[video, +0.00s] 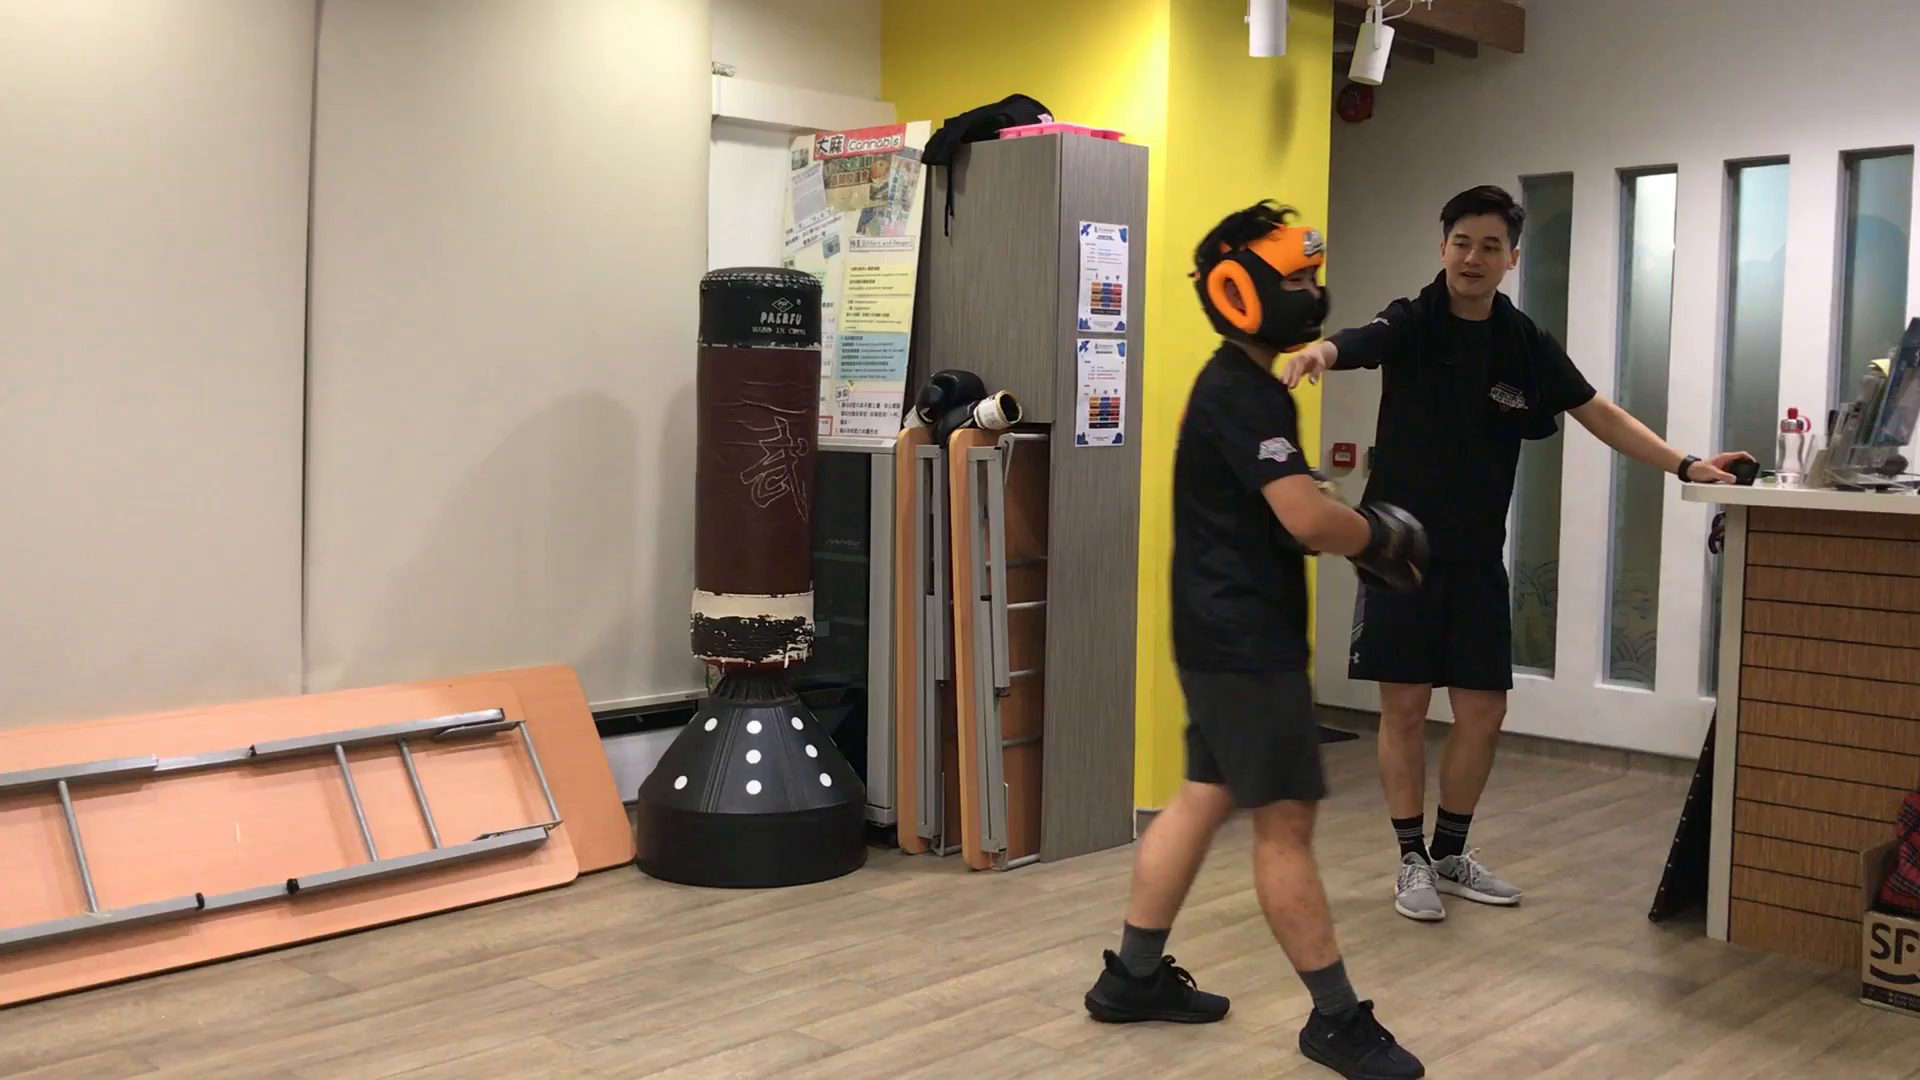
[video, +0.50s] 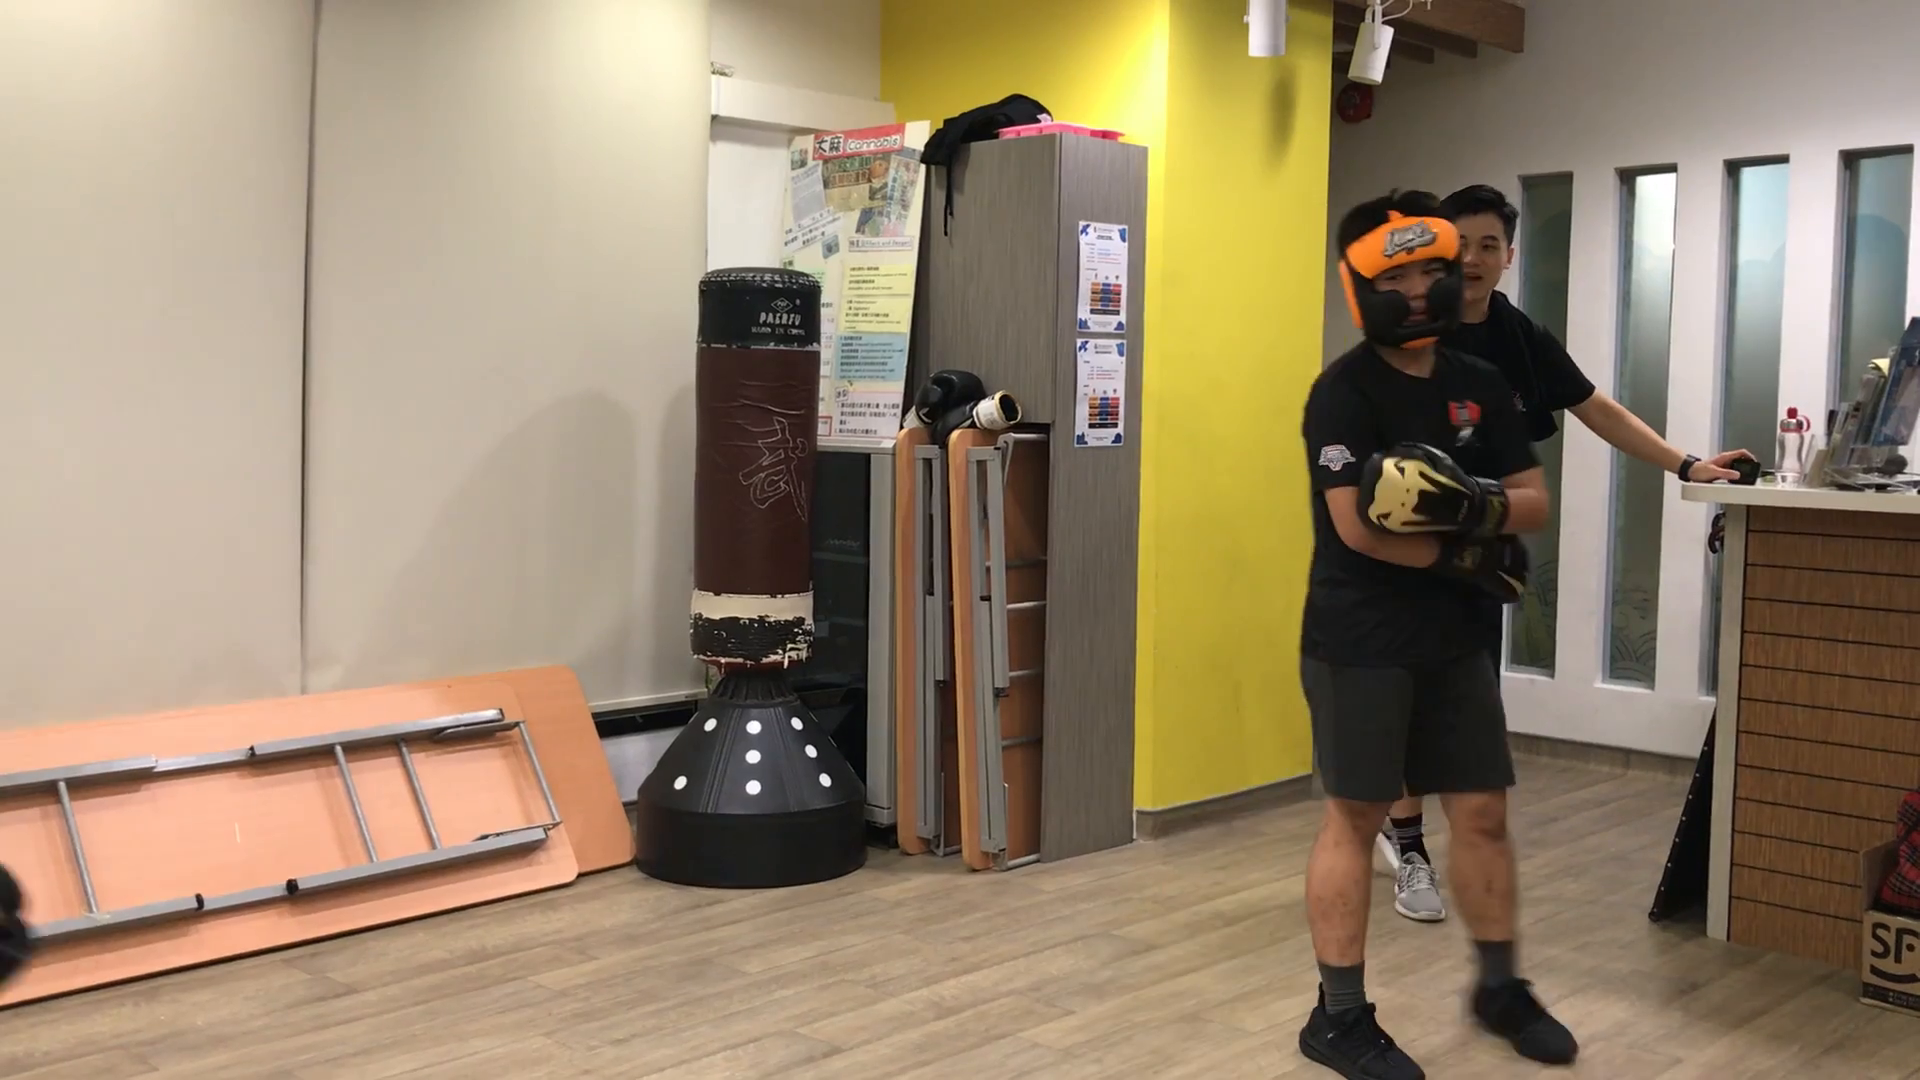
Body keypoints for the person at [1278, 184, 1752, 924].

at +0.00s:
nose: (1474, 257)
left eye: (1491, 246)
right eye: (1463, 243)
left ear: (1512, 258)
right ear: (1442, 248)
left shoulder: (1526, 342)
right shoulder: (1412, 321)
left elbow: (1602, 416)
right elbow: (1349, 347)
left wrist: (1684, 463)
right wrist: (1316, 356)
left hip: (1477, 550)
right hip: (1400, 544)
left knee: (1483, 706)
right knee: (1405, 704)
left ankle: (1450, 854)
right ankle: (1412, 861)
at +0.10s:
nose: (1474, 259)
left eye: (1490, 248)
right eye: (1462, 244)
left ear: (1511, 258)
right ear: (1441, 248)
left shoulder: (1524, 342)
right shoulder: (1410, 322)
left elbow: (1600, 414)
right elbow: (1343, 354)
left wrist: (1684, 464)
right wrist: (1319, 362)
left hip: (1477, 548)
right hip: (1397, 544)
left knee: (1478, 708)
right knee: (1402, 705)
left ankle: (1449, 855)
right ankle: (1413, 863)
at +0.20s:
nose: (1474, 259)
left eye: (1491, 248)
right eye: (1463, 244)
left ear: (1512, 258)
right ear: (1441, 247)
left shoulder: (1523, 342)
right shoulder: (1397, 332)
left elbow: (1602, 414)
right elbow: (1343, 419)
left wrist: (1685, 464)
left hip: (1473, 545)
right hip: (1394, 541)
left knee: (1477, 704)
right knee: (1405, 702)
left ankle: (1440, 846)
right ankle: (1411, 857)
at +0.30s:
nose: (1475, 260)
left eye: (1491, 248)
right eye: (1462, 245)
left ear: (1511, 258)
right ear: (1440, 248)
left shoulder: (1522, 341)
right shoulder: (1399, 330)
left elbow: (1598, 412)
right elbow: (1352, 423)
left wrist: (1684, 464)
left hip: (1473, 544)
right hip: (1391, 542)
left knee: (1478, 699)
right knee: (1405, 696)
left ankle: (1425, 830)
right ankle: (1408, 850)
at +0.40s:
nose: (1474, 258)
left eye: (1489, 246)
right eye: (1461, 243)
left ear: (1509, 256)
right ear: (1437, 247)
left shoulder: (1523, 341)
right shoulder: (1403, 322)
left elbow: (1604, 415)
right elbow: (1356, 418)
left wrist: (1686, 464)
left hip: (1472, 544)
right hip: (1389, 536)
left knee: (1476, 700)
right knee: (1401, 684)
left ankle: (1431, 848)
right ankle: (1402, 827)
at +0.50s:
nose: (1478, 259)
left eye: (1491, 245)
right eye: (1465, 246)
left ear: (1509, 253)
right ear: (1436, 253)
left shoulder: (1524, 340)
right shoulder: (1408, 337)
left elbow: (1603, 414)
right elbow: (1362, 432)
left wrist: (1685, 463)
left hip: (1475, 550)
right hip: (1392, 550)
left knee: (1467, 697)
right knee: (1400, 694)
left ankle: (1466, 832)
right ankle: (1405, 841)